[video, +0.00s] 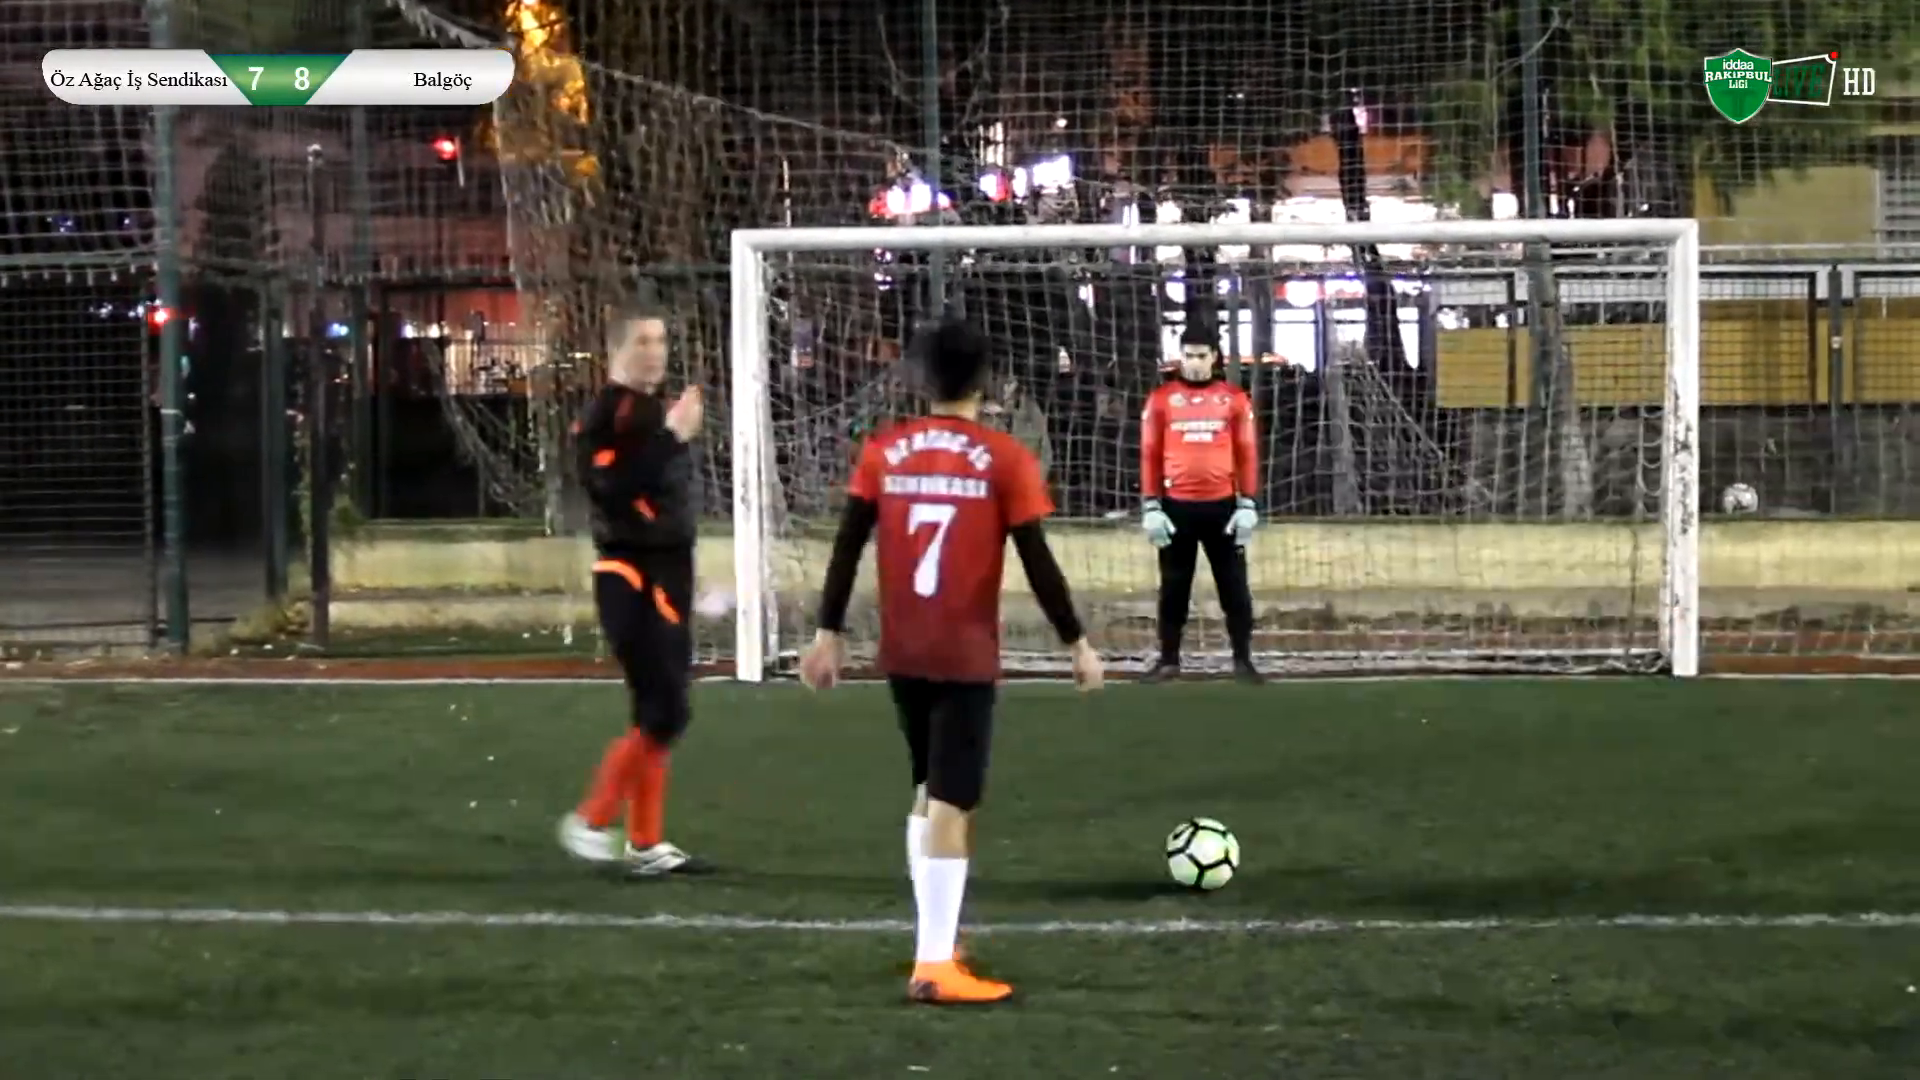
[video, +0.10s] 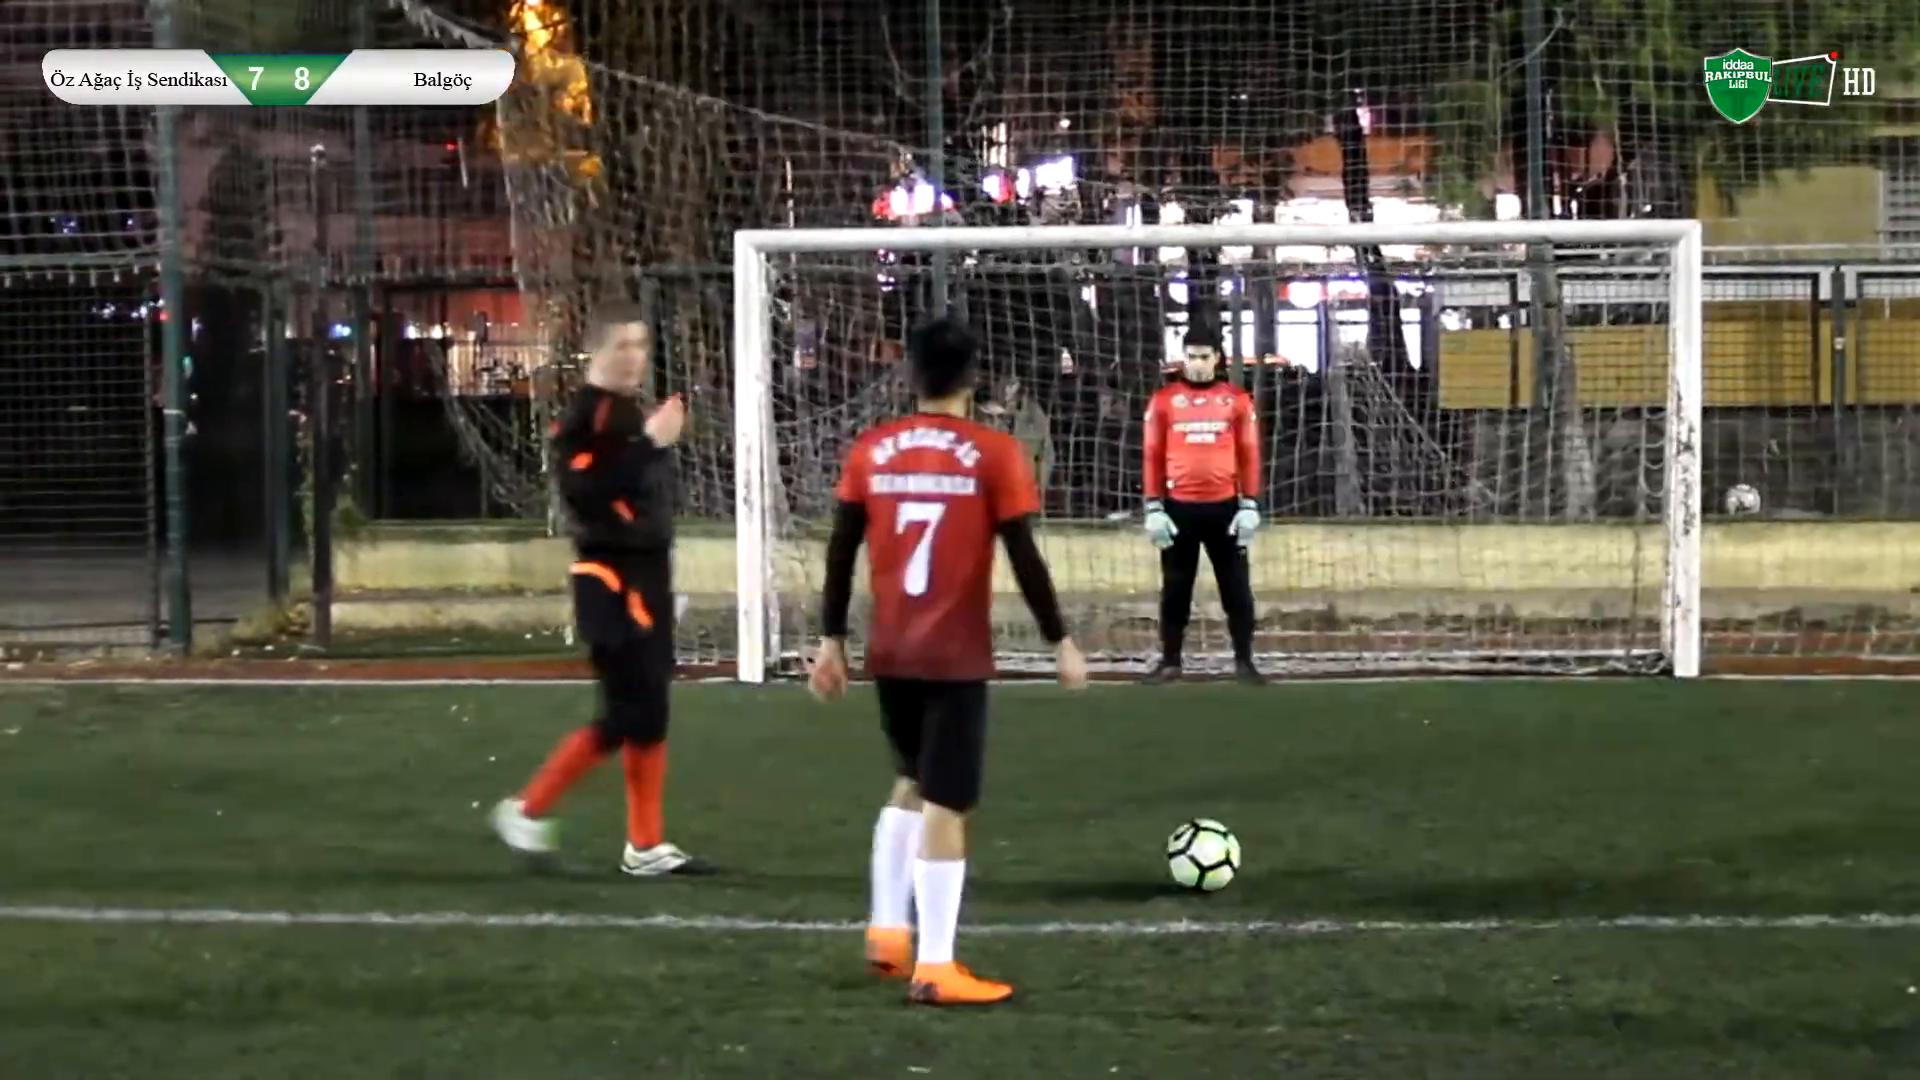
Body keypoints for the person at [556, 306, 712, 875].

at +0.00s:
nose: (657, 352)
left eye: (661, 341)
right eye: (645, 342)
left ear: (666, 349)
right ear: (620, 352)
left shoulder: (657, 412)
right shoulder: (609, 412)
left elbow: (678, 493)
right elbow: (616, 487)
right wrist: (673, 436)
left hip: (665, 570)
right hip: (629, 570)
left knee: (662, 711)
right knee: (662, 708)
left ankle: (645, 842)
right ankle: (590, 820)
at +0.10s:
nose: (635, 358)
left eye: (641, 347)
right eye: (623, 348)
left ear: (647, 355)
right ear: (595, 356)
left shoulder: (636, 416)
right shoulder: (582, 416)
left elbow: (652, 504)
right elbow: (585, 489)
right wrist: (652, 443)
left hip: (647, 575)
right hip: (607, 576)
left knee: (649, 710)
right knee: (629, 709)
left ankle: (645, 843)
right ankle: (524, 812)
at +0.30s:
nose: (597, 366)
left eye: (603, 355)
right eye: (585, 355)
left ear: (609, 361)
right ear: (559, 358)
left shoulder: (595, 418)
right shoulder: (545, 421)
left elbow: (599, 499)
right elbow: (545, 499)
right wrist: (612, 450)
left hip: (606, 580)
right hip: (565, 581)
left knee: (631, 709)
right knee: (555, 724)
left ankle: (644, 845)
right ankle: (458, 821)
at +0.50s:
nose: (550, 371)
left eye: (555, 360)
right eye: (538, 360)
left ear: (557, 366)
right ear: (508, 366)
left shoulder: (544, 428)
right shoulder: (497, 428)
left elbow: (540, 502)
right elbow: (493, 501)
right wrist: (570, 465)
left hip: (549, 586)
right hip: (510, 587)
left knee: (585, 712)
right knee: (497, 726)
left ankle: (628, 842)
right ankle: (432, 844)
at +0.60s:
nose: (528, 374)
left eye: (533, 362)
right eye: (516, 363)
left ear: (538, 370)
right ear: (487, 367)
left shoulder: (516, 431)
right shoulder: (479, 431)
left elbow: (506, 503)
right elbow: (471, 501)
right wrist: (541, 470)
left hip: (510, 592)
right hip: (485, 593)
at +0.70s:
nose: (505, 373)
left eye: (510, 361)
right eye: (494, 361)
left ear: (514, 367)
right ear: (464, 365)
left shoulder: (498, 428)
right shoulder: (450, 425)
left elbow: (493, 509)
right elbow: (445, 504)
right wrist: (520, 476)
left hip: (498, 593)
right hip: (459, 594)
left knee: (544, 711)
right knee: (465, 722)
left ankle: (575, 839)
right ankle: (422, 851)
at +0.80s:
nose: (490, 371)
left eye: (494, 358)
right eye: (478, 359)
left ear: (495, 363)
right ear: (447, 362)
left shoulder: (481, 428)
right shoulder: (434, 424)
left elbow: (479, 518)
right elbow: (426, 504)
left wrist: (503, 592)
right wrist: (501, 476)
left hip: (483, 587)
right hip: (442, 585)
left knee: (529, 705)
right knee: (456, 715)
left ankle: (533, 834)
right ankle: (424, 850)